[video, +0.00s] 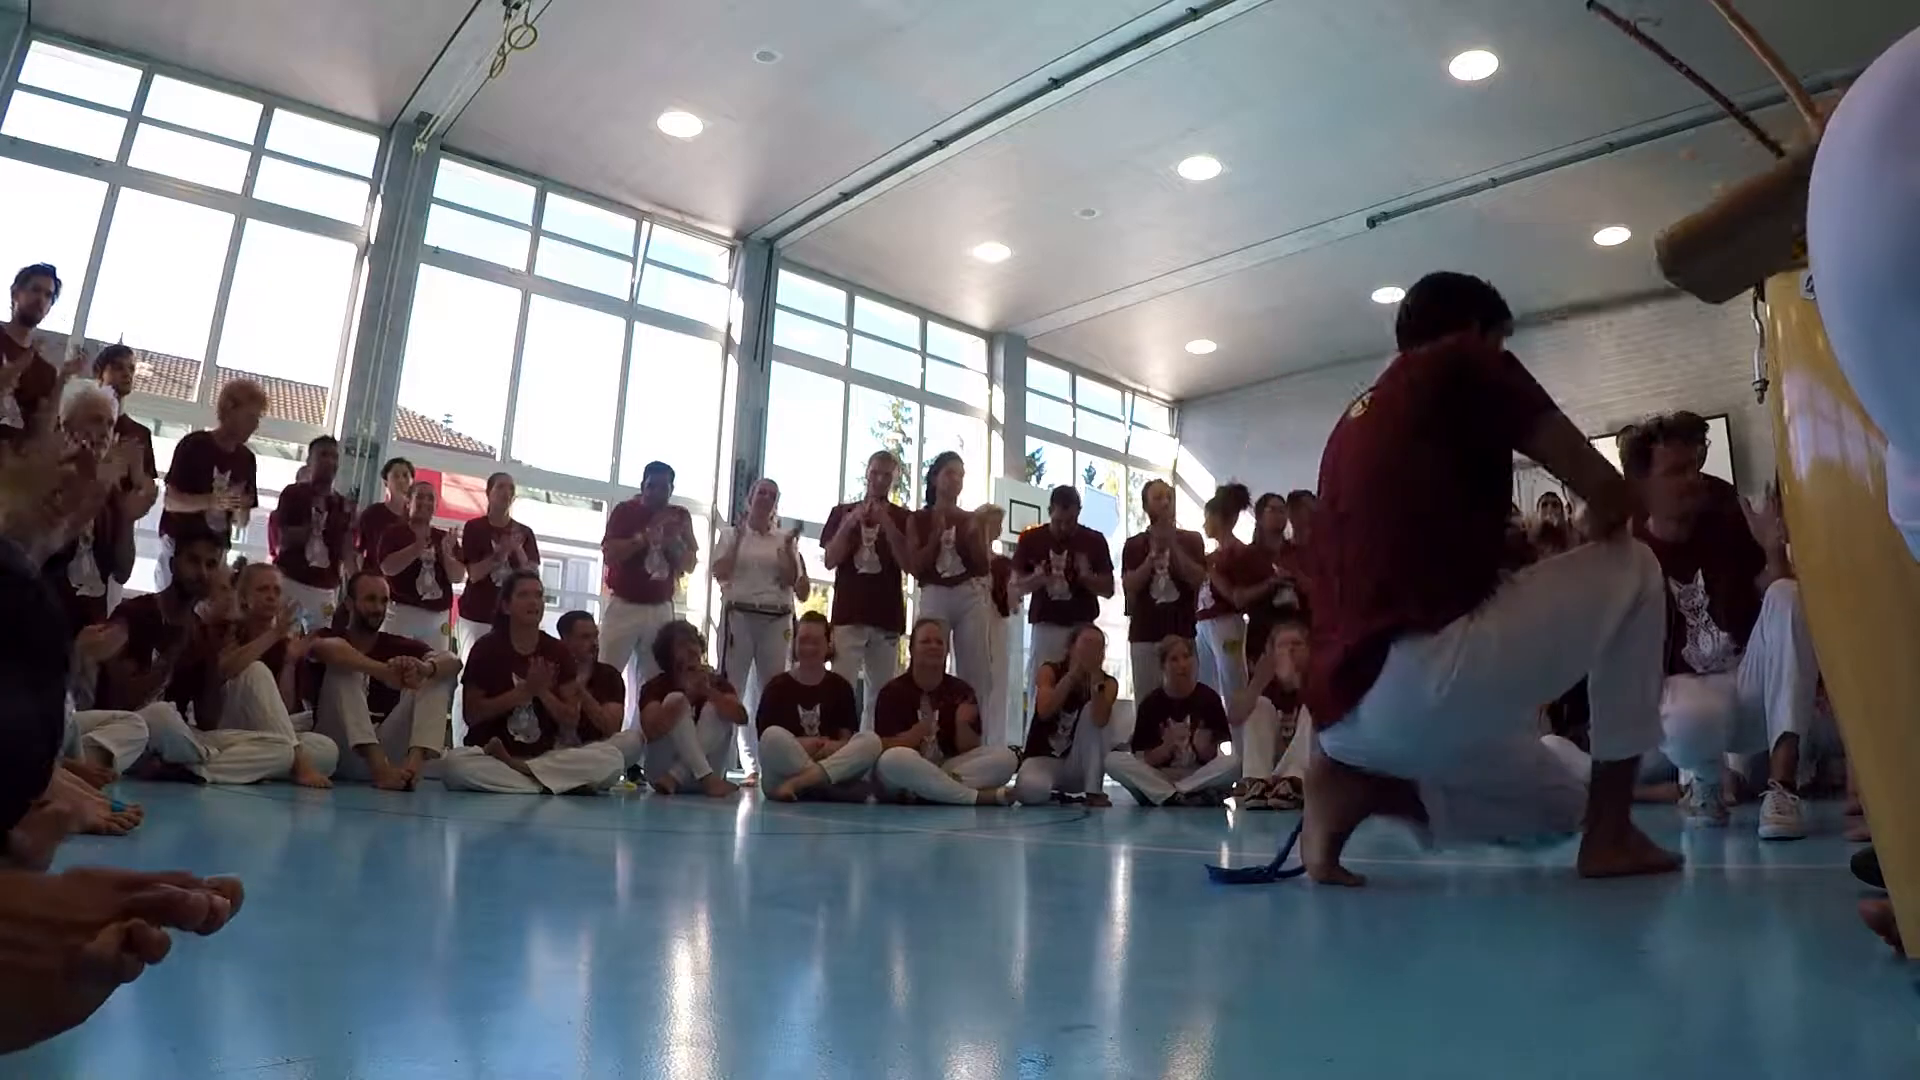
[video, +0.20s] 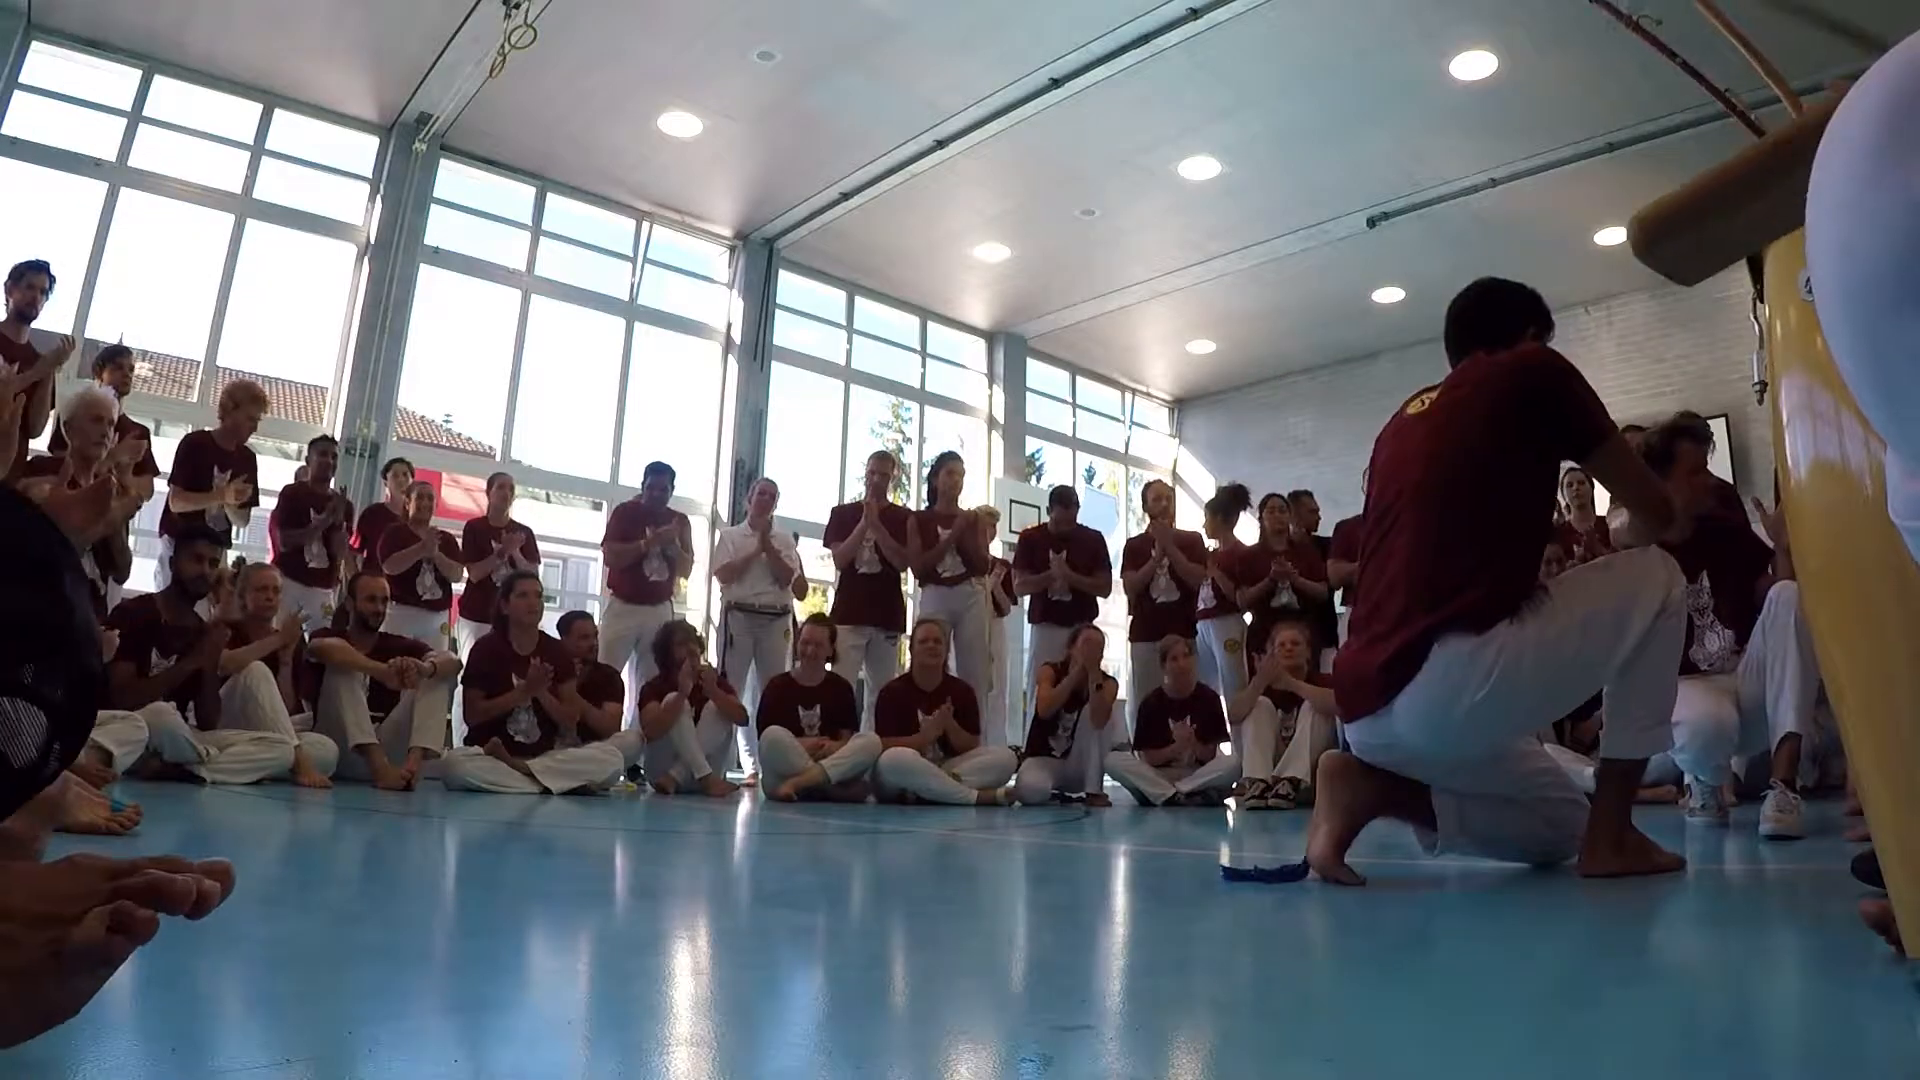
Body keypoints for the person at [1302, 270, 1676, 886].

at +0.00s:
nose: (1501, 354)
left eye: (1503, 343)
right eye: (1498, 341)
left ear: (1409, 338)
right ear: (1471, 335)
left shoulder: (1363, 412)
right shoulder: (1469, 364)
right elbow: (1608, 491)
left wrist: (1534, 556)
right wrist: (1608, 525)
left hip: (1343, 714)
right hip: (1420, 679)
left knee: (1569, 801)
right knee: (1632, 569)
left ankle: (1359, 793)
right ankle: (1610, 829)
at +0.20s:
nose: (1546, 349)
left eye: (1548, 341)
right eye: (1545, 341)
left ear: (1455, 351)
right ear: (1528, 338)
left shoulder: (1407, 416)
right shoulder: (1533, 369)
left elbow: (1370, 560)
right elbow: (1652, 502)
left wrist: (1530, 569)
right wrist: (1640, 538)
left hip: (1366, 714)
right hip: (1451, 682)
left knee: (1576, 822)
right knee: (1656, 579)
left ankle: (1372, 789)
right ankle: (1611, 831)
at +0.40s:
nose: (1592, 372)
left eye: (1592, 365)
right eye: (1590, 364)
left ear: (1501, 366)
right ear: (1576, 361)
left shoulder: (1449, 429)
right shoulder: (1577, 387)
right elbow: (1689, 540)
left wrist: (1600, 572)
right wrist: (1696, 508)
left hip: (1384, 711)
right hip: (1464, 668)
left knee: (1574, 826)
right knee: (1669, 584)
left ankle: (1380, 787)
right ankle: (1613, 830)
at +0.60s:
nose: (1615, 401)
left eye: (1613, 392)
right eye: (1610, 389)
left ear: (1523, 385)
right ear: (1594, 379)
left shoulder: (1474, 445)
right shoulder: (1587, 393)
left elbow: (1532, 587)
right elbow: (1694, 520)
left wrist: (1617, 556)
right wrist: (1710, 585)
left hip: (1390, 699)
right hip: (1468, 654)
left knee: (1572, 827)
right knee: (1681, 588)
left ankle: (1383, 785)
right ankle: (1615, 830)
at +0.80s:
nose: (1621, 425)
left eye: (1613, 413)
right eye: (1613, 410)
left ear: (1529, 401)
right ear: (1594, 396)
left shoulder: (1470, 466)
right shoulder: (1583, 406)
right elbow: (1693, 523)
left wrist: (1603, 562)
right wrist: (1734, 580)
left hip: (1386, 701)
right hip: (1462, 647)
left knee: (1571, 826)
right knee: (1679, 585)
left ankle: (1382, 784)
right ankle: (1614, 831)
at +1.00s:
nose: (1607, 434)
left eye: (1602, 425)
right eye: (1598, 420)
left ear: (1515, 411)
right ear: (1579, 407)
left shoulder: (1453, 473)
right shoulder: (1571, 415)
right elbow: (1701, 545)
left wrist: (1607, 557)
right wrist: (1722, 586)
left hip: (1381, 702)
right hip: (1458, 645)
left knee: (1573, 827)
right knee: (1673, 585)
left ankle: (1383, 785)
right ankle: (1613, 828)